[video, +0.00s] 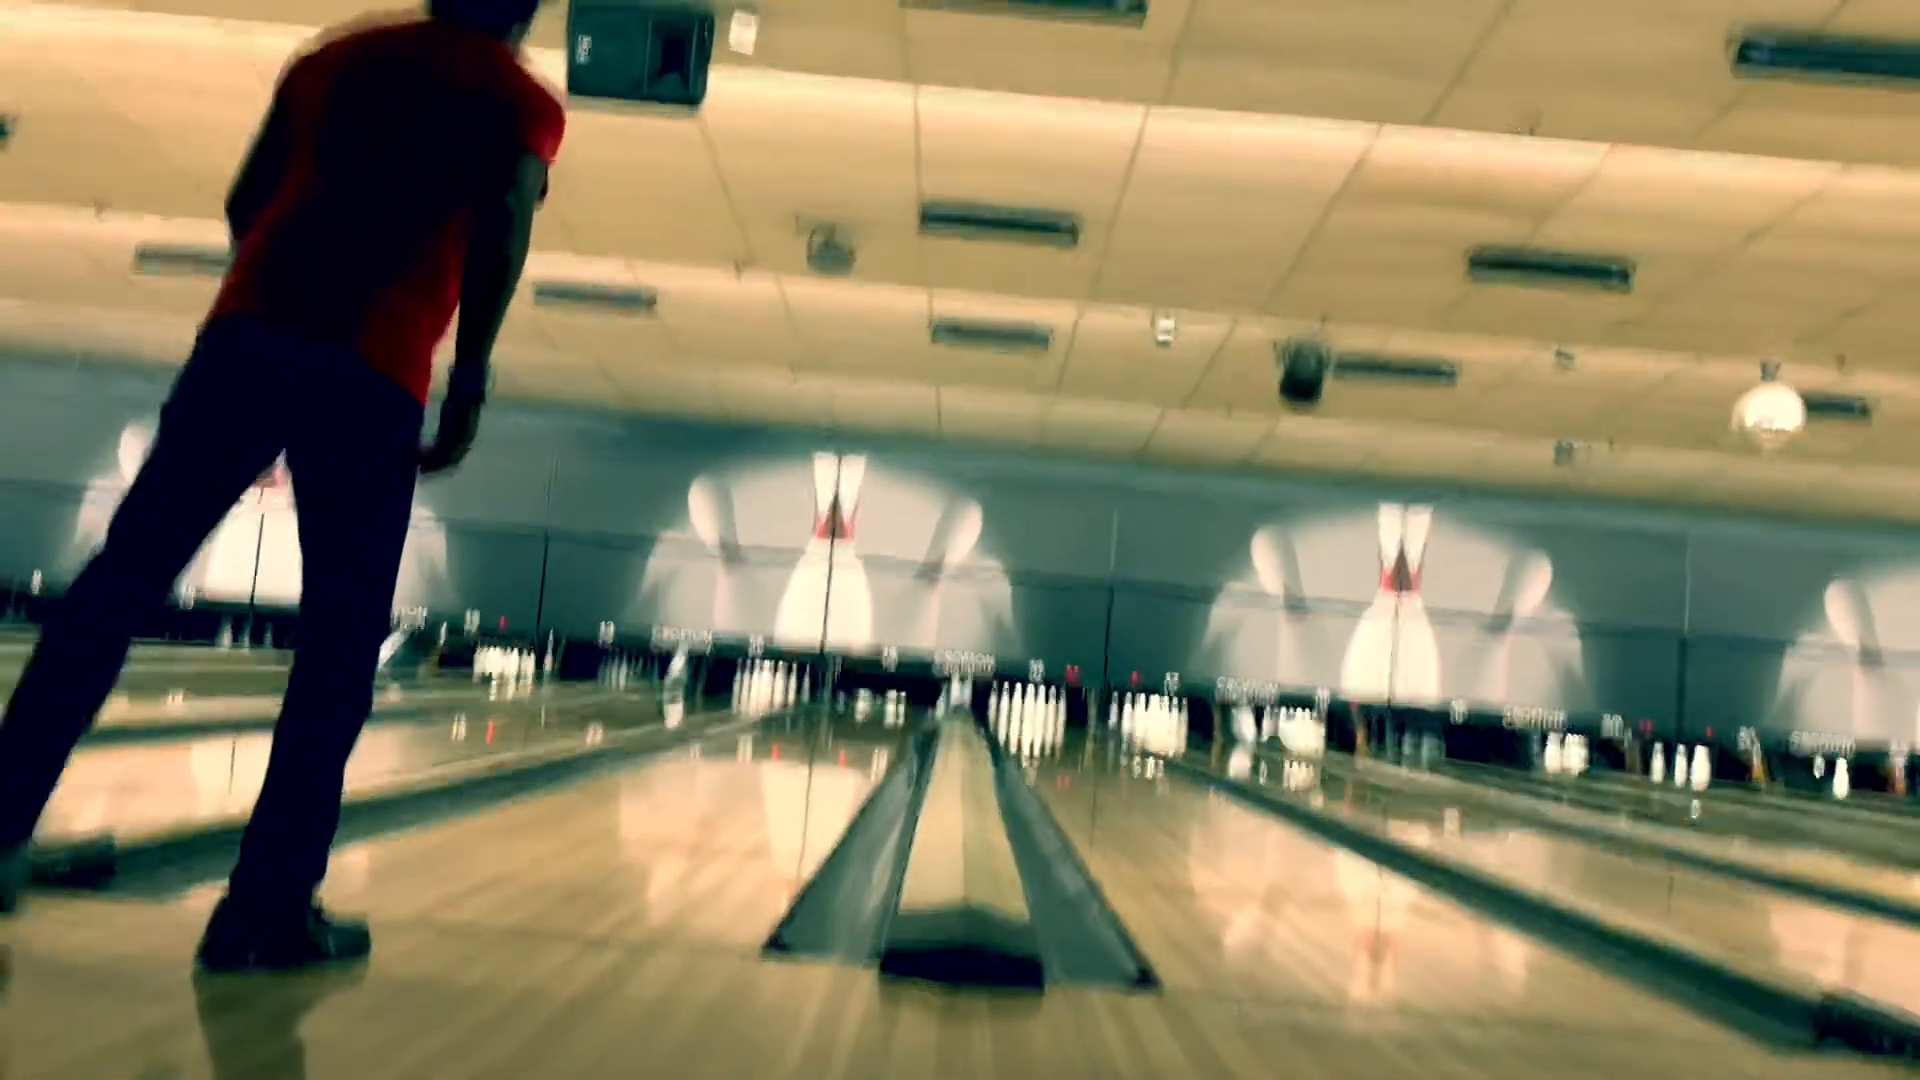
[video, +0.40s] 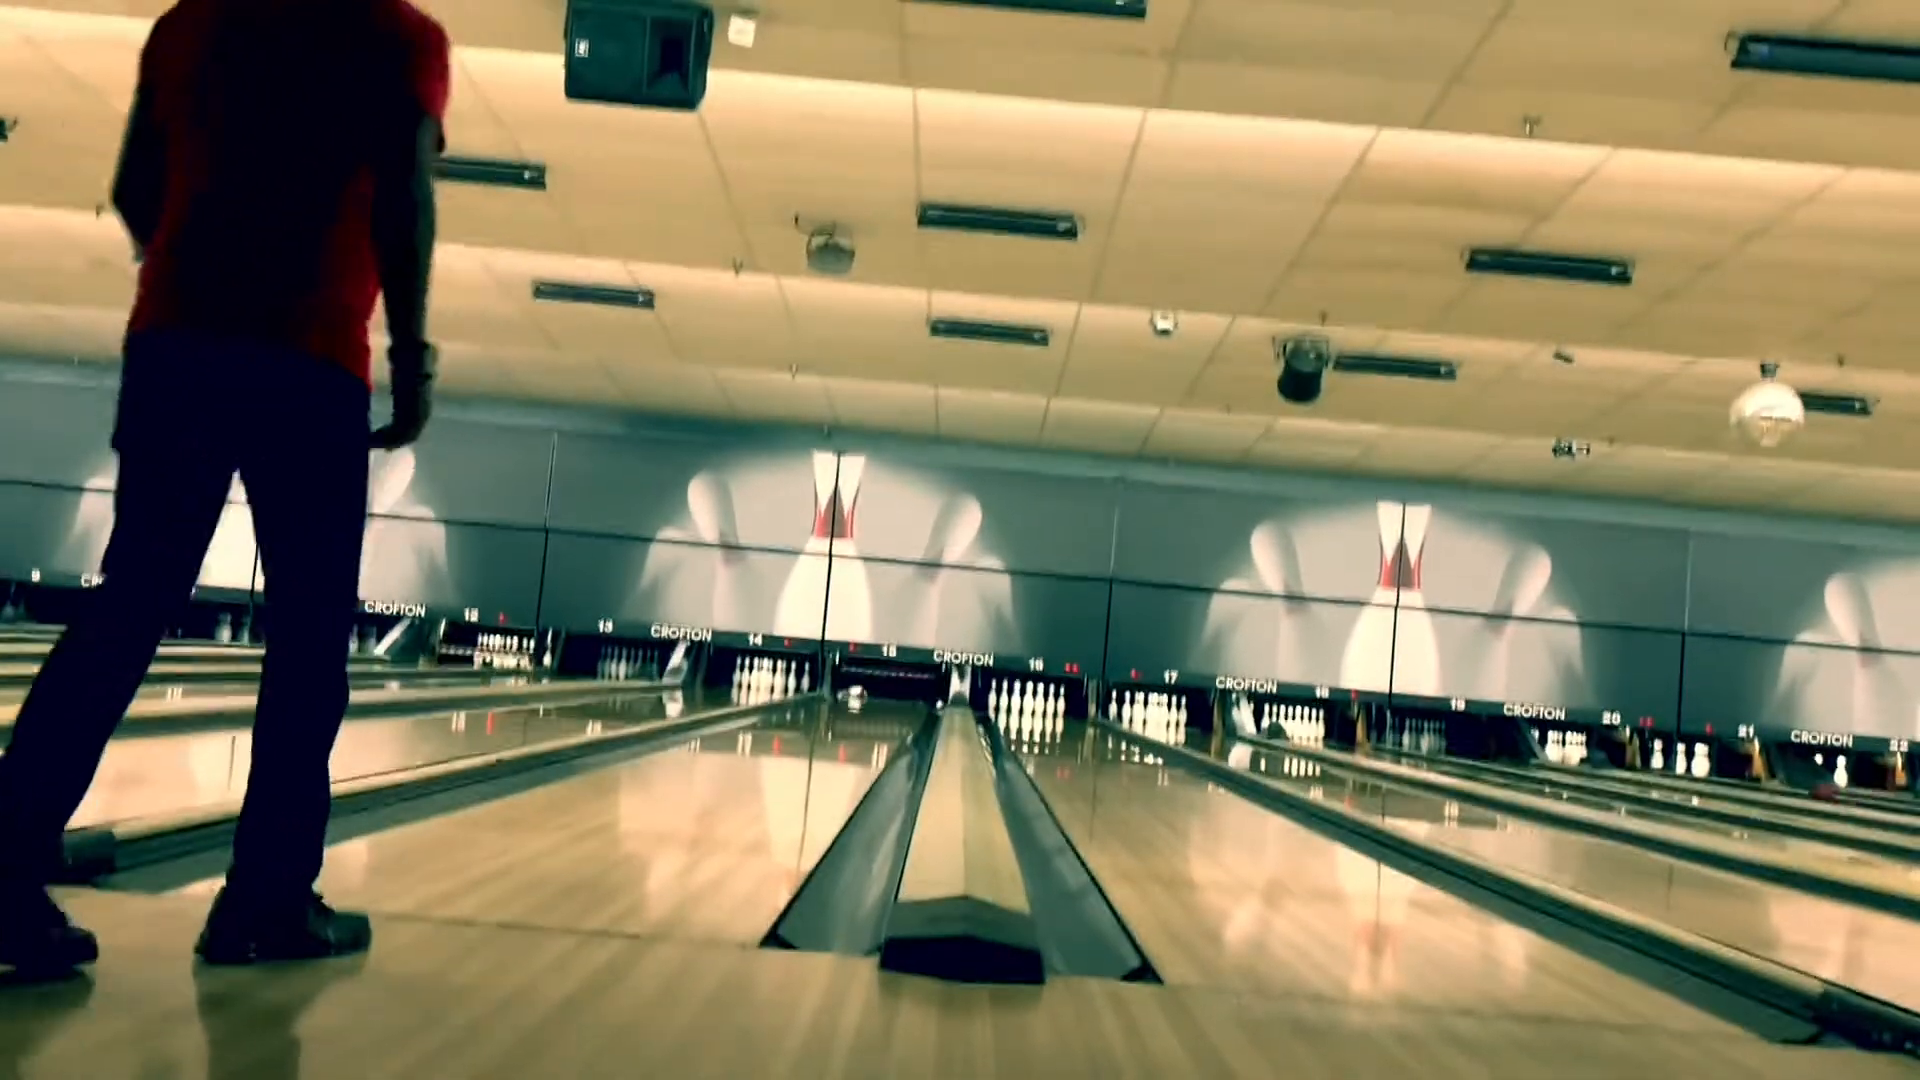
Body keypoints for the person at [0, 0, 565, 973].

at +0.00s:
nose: (528, 30)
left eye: (524, 21)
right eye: (532, 22)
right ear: (521, 15)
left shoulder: (330, 57)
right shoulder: (525, 100)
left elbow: (245, 202)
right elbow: (501, 231)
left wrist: (290, 315)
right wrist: (468, 385)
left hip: (242, 350)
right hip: (369, 379)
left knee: (117, 584)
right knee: (337, 654)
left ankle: (3, 824)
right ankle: (265, 915)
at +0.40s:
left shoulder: (192, 17)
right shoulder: (405, 32)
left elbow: (133, 190)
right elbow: (404, 199)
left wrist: (209, 285)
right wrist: (410, 353)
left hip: (173, 350)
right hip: (309, 364)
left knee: (128, 602)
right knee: (310, 638)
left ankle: (8, 875)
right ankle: (266, 902)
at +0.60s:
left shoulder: (92, 11)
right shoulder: (309, 4)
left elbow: (45, 185)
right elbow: (281, 138)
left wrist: (138, 277)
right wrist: (310, 324)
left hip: (78, 323)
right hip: (218, 331)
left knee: (30, 620)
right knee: (240, 631)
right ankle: (260, 893)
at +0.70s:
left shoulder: (64, 5)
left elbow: (19, 141)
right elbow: (233, 87)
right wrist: (246, 288)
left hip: (42, 295)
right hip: (177, 304)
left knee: (12, 613)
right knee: (218, 606)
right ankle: (215, 897)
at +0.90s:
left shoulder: (174, 16)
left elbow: (110, 141)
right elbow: (62, 79)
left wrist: (168, 287)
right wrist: (115, 286)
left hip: (78, 305)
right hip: (73, 308)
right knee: (120, 605)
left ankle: (35, 940)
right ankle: (31, 945)